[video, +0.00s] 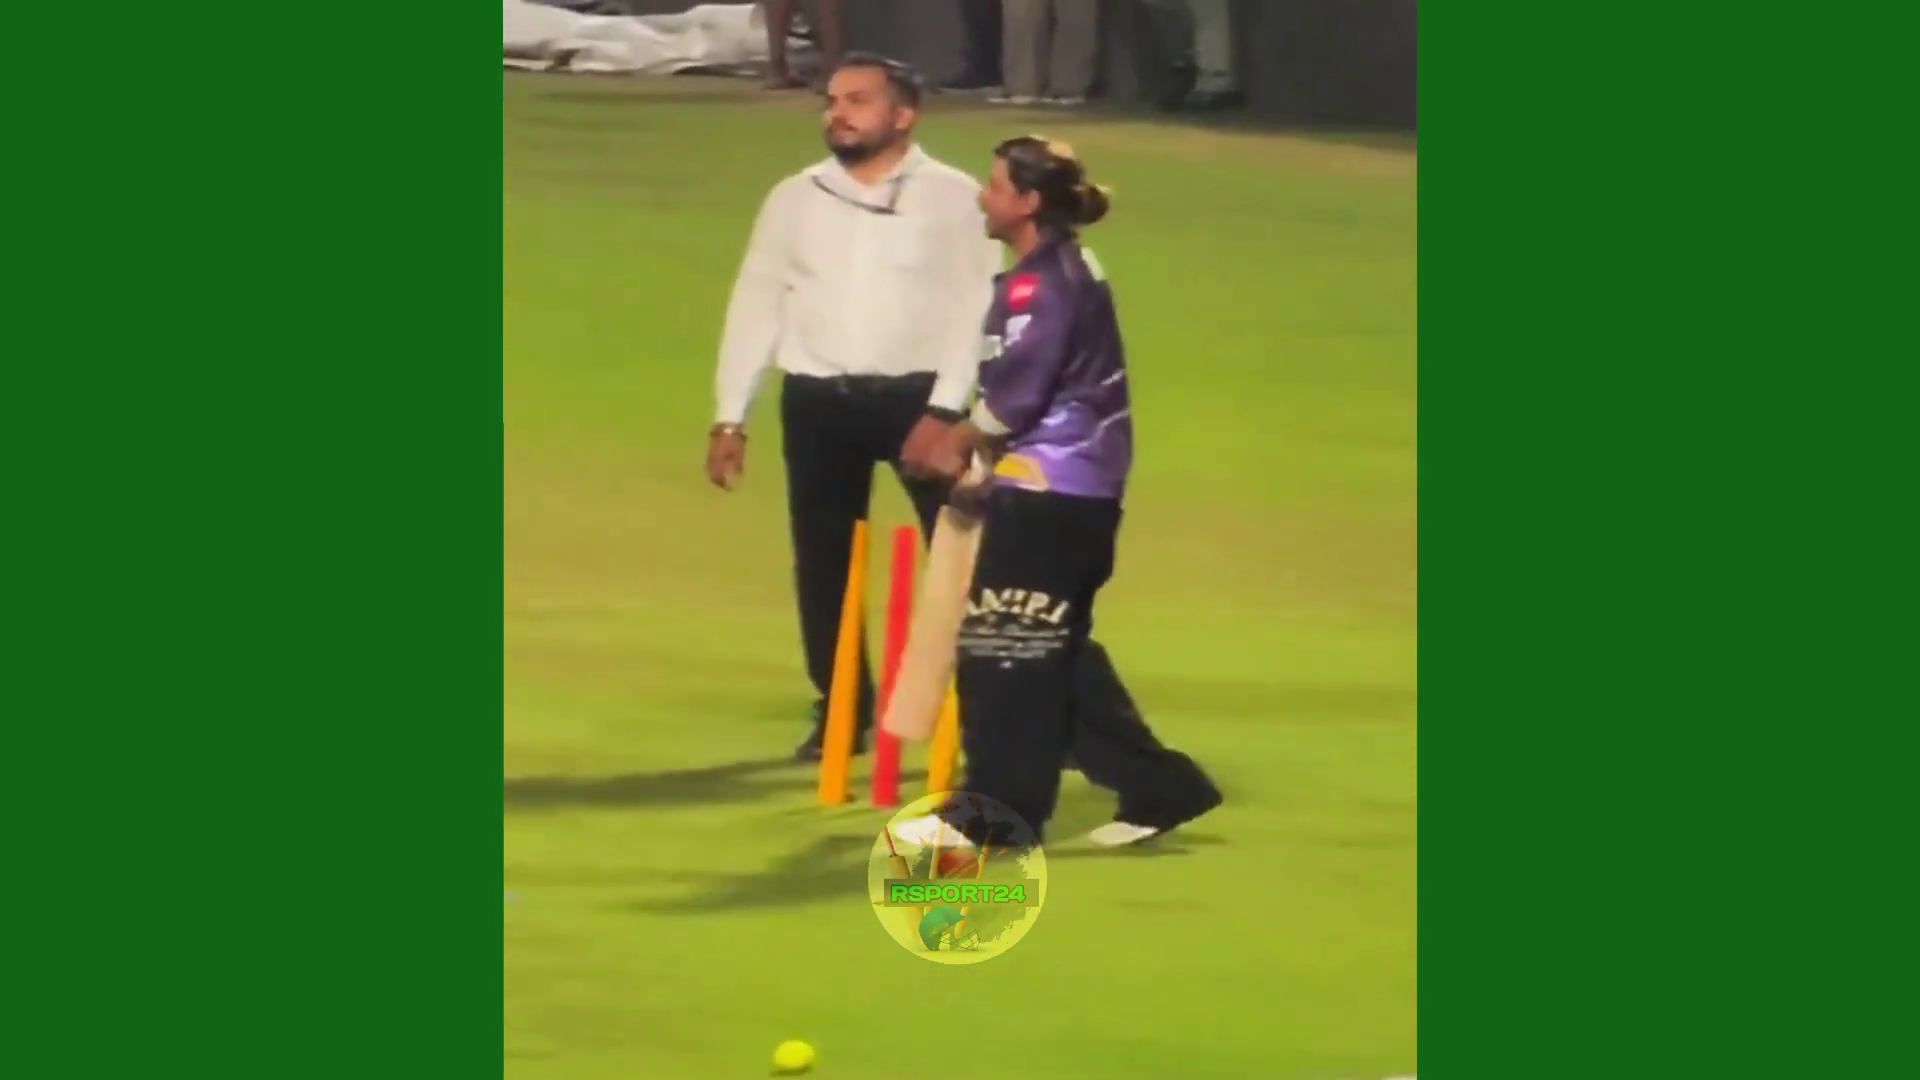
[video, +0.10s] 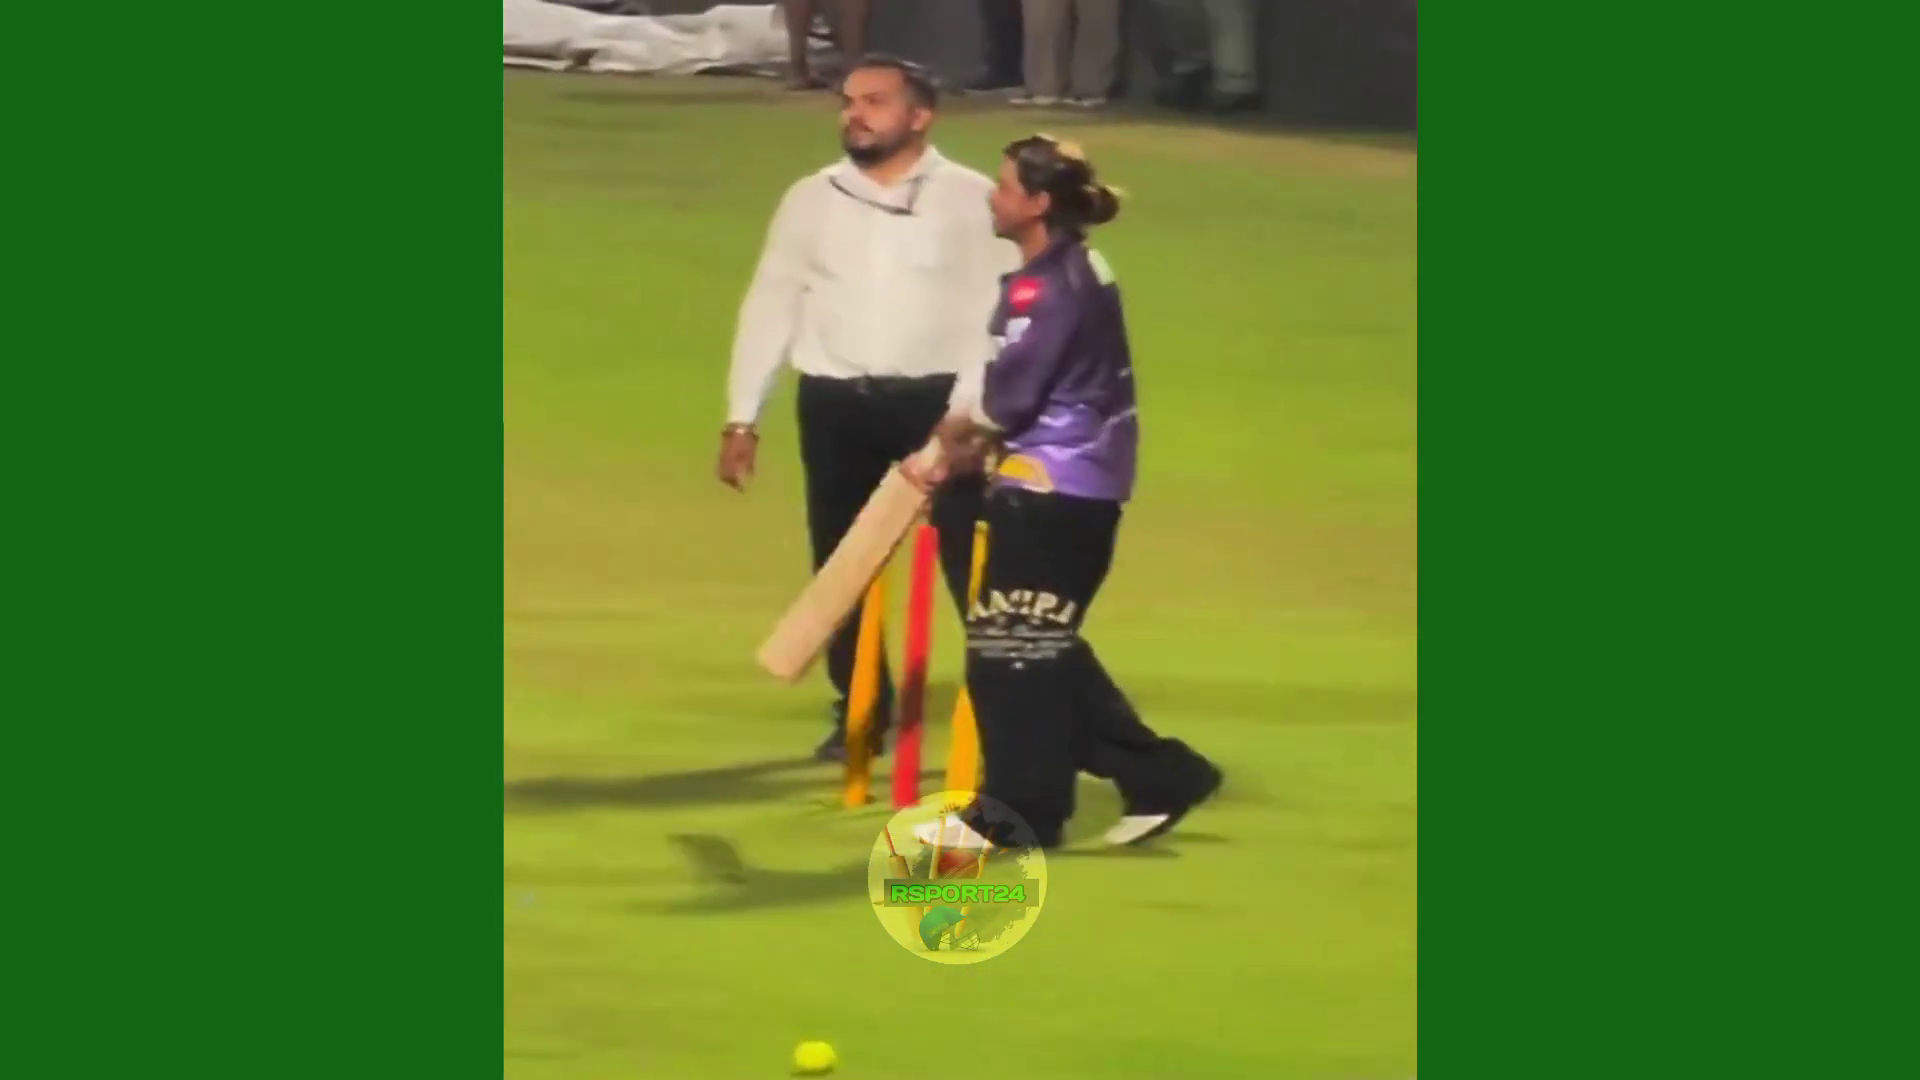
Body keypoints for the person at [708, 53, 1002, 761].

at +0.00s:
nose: (837, 113)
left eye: (856, 102)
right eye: (832, 101)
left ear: (903, 115)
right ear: (823, 109)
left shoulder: (956, 197)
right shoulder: (795, 198)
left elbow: (976, 307)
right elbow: (755, 304)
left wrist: (947, 411)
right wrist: (729, 416)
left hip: (918, 404)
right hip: (818, 404)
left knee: (965, 557)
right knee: (822, 571)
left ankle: (977, 711)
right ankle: (839, 716)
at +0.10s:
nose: (853, 115)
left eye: (872, 103)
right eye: (848, 102)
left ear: (920, 115)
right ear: (839, 109)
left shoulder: (975, 198)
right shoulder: (812, 199)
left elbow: (1007, 312)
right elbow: (769, 306)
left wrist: (976, 420)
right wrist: (741, 417)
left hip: (942, 411)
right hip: (836, 409)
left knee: (974, 566)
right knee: (841, 569)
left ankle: (1016, 706)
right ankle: (856, 715)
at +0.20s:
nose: (869, 118)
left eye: (887, 107)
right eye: (864, 106)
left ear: (934, 119)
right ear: (856, 114)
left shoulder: (990, 201)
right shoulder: (826, 204)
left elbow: (1028, 314)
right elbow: (787, 310)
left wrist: (993, 420)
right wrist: (761, 420)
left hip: (957, 406)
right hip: (852, 407)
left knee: (993, 566)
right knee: (859, 574)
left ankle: (1031, 718)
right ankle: (878, 720)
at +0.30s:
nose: (885, 122)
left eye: (902, 111)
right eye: (878, 110)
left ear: (948, 122)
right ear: (869, 118)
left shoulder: (1002, 204)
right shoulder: (837, 207)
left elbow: (1043, 317)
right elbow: (800, 317)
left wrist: (1003, 420)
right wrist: (782, 426)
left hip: (973, 420)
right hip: (866, 423)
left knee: (1016, 568)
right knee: (875, 584)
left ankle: (1043, 721)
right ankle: (892, 726)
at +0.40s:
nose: (879, 121)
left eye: (896, 110)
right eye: (873, 109)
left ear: (941, 120)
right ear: (863, 116)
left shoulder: (995, 203)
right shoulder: (831, 205)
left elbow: (1041, 312)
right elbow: (787, 321)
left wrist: (1002, 411)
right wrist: (783, 426)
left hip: (966, 418)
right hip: (862, 416)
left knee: (1014, 559)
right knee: (870, 577)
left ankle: (1035, 717)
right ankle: (892, 719)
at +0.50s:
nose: (879, 119)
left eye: (898, 106)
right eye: (870, 106)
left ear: (938, 116)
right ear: (858, 114)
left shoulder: (987, 198)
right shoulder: (826, 201)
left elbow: (1024, 308)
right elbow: (787, 313)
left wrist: (1002, 414)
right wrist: (783, 421)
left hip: (958, 410)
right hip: (856, 411)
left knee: (997, 555)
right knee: (866, 571)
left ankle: (1018, 713)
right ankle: (885, 712)